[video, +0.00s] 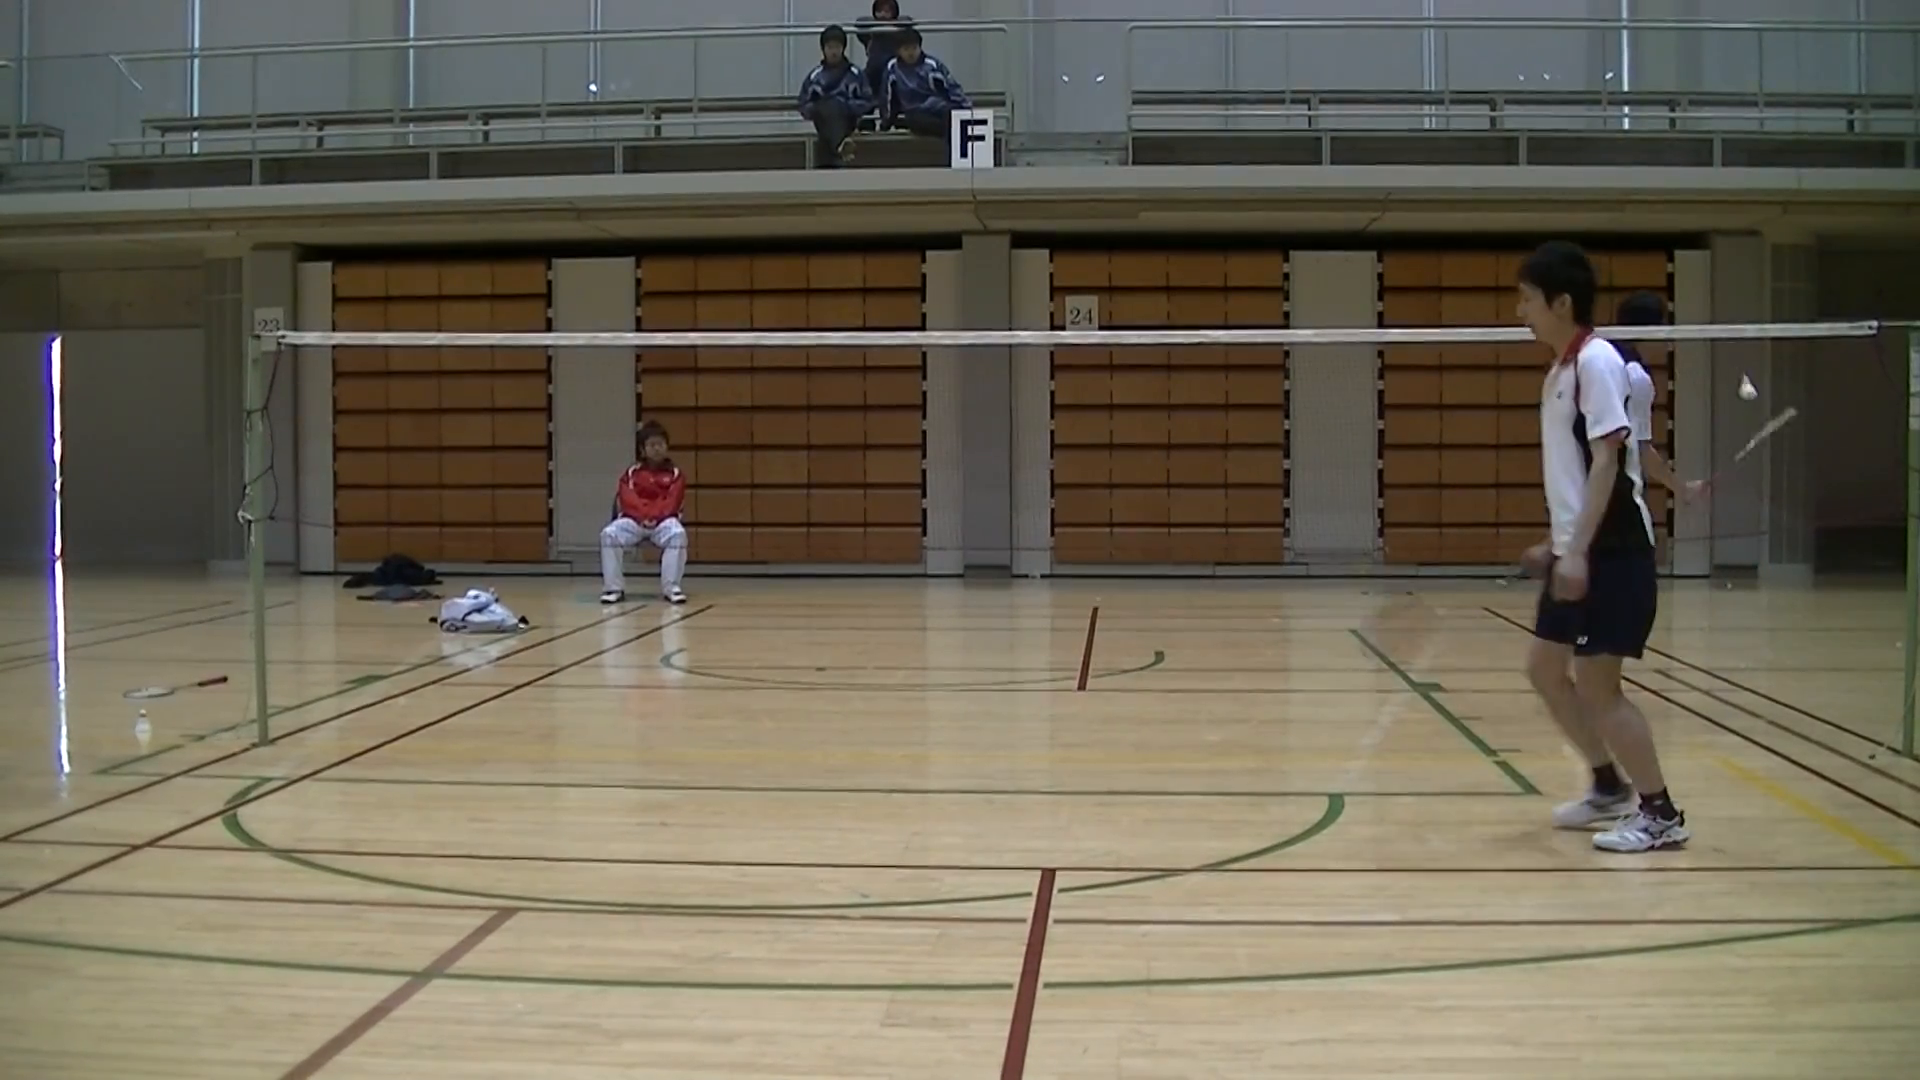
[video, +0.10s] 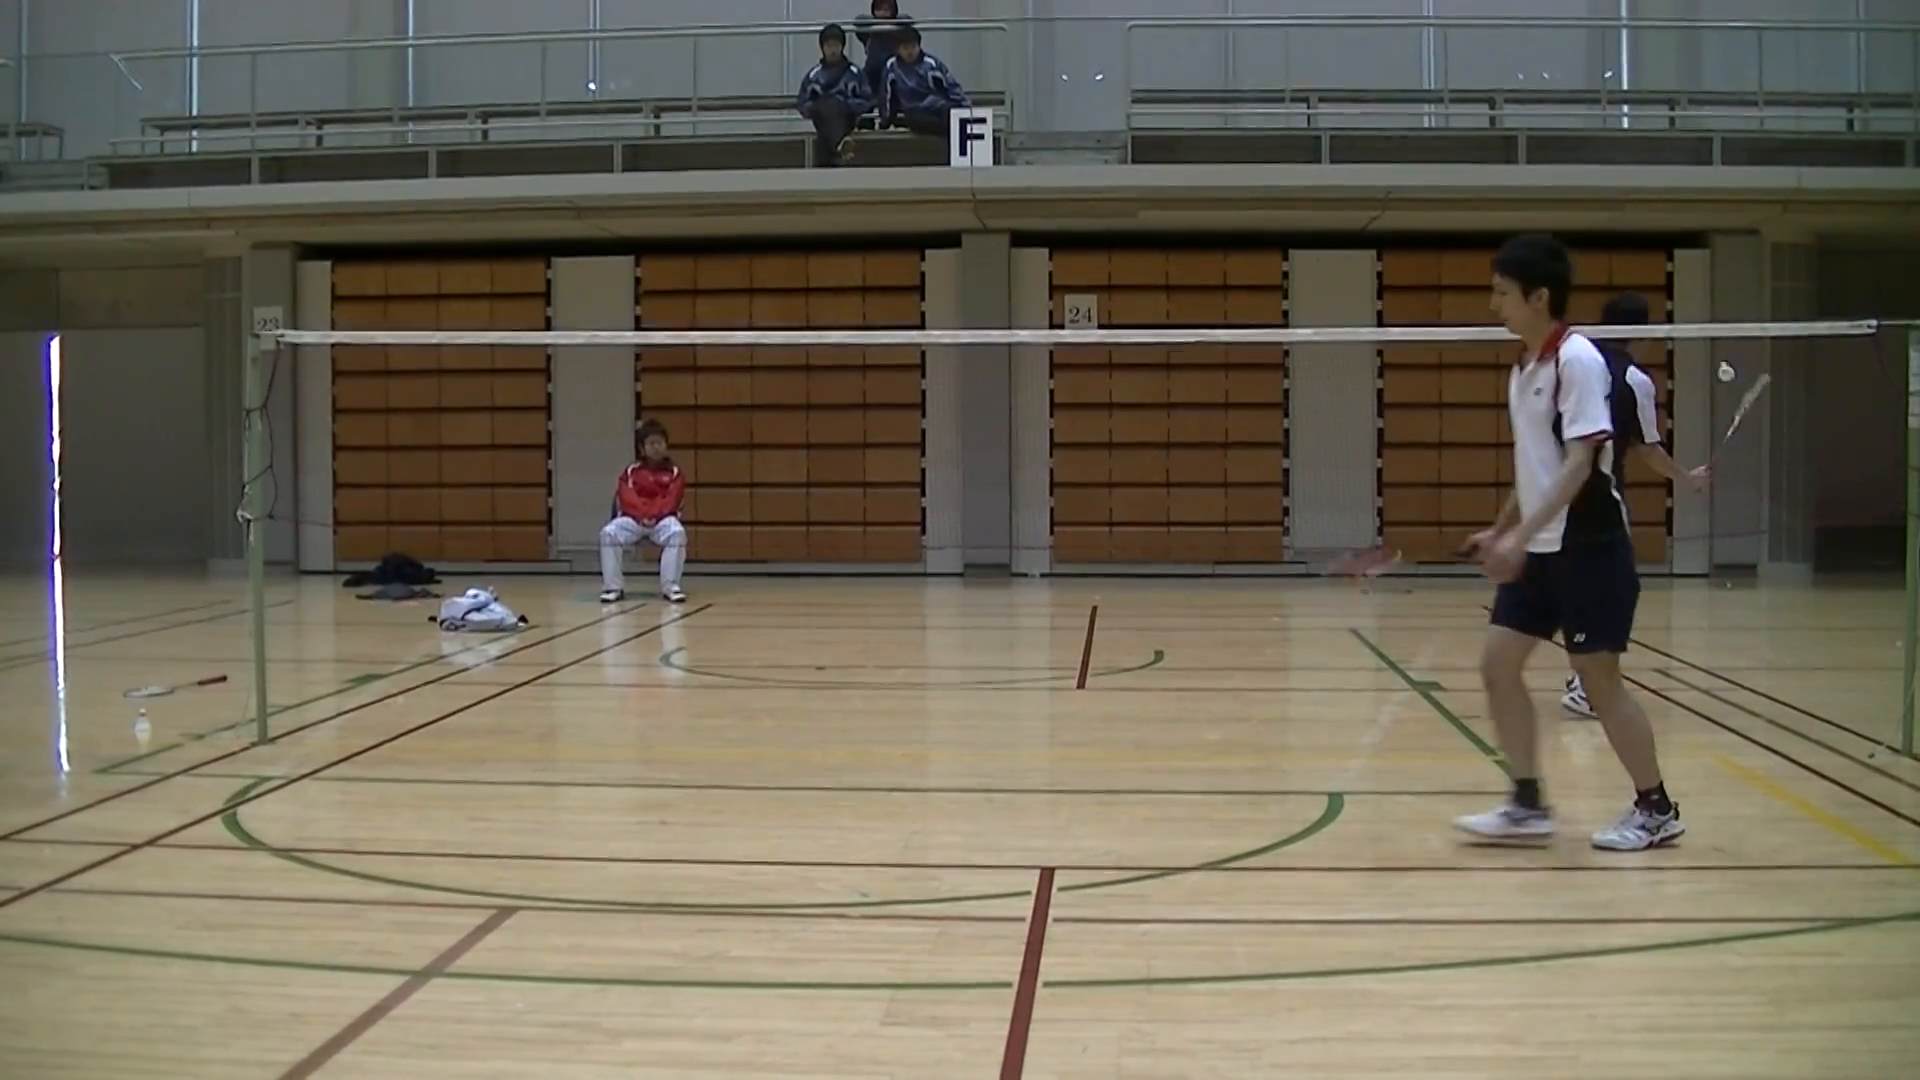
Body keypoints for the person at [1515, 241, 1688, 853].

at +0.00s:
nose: (1521, 311)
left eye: (1527, 298)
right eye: (1520, 299)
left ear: (1560, 300)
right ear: (1559, 302)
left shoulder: (1596, 362)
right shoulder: (1564, 367)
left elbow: (1608, 461)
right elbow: (1578, 467)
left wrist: (1579, 547)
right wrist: (1554, 542)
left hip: (1615, 546)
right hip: (1577, 545)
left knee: (1597, 685)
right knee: (1546, 666)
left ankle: (1660, 813)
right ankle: (1609, 787)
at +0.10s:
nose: (1495, 305)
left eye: (1503, 293)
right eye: (1494, 293)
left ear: (1539, 296)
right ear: (1528, 298)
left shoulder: (1579, 359)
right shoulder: (1525, 366)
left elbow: (1582, 466)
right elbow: (1533, 467)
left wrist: (1521, 534)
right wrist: (1502, 528)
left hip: (1590, 548)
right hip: (1539, 547)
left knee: (1601, 684)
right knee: (1499, 664)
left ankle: (1656, 807)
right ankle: (1528, 805)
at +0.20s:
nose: (1463, 308)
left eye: (1472, 296)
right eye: (1462, 296)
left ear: (1509, 299)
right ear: (1486, 300)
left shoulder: (1552, 365)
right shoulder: (1484, 372)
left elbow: (1543, 467)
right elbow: (1486, 465)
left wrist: (1466, 516)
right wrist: (1452, 521)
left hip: (1560, 551)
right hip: (1499, 549)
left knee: (1595, 678)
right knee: (1457, 671)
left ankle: (1652, 802)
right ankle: (1443, 813)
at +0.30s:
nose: (1422, 308)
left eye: (1431, 295)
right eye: (1421, 296)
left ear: (1471, 297)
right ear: (1452, 300)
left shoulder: (1516, 363)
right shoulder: (1440, 373)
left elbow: (1505, 458)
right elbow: (1448, 466)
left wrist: (1423, 496)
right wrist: (1410, 519)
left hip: (1517, 556)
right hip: (1451, 554)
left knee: (1551, 684)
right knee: (1422, 677)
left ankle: (1636, 783)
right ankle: (1421, 825)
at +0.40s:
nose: (1383, 301)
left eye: (1393, 289)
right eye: (1378, 290)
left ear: (1432, 285)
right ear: (1381, 292)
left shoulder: (1475, 350)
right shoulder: (1397, 359)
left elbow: (1465, 446)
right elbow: (1392, 449)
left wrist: (1383, 479)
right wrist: (1362, 505)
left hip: (1460, 543)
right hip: (1402, 541)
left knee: (1464, 693)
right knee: (1395, 675)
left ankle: (1569, 757)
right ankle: (1416, 821)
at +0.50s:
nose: (1348, 223)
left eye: (1355, 208)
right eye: (1340, 211)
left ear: (1388, 200)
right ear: (1337, 211)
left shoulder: (1435, 264)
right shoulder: (1350, 273)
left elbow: (1442, 360)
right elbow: (1346, 368)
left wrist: (1356, 388)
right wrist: (1307, 416)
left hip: (1418, 439)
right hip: (1362, 440)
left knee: (1377, 590)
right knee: (1374, 596)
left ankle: (1462, 710)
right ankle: (1410, 741)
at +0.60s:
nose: (1299, 142)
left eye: (1309, 127)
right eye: (1292, 129)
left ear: (1347, 120)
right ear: (1291, 128)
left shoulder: (1392, 182)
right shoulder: (1304, 191)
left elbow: (1402, 286)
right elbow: (1290, 288)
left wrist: (1315, 295)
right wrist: (1249, 348)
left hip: (1373, 377)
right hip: (1324, 378)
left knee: (1308, 509)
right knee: (1366, 525)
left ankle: (1322, 671)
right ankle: (1409, 664)